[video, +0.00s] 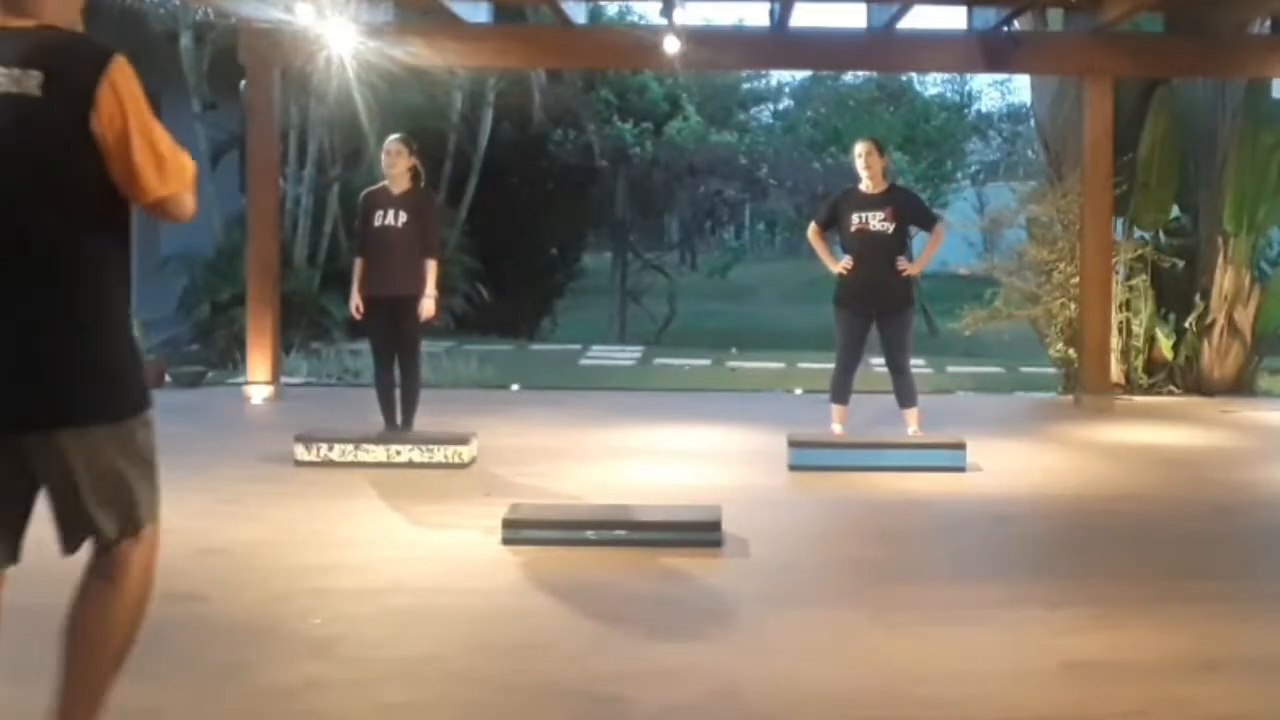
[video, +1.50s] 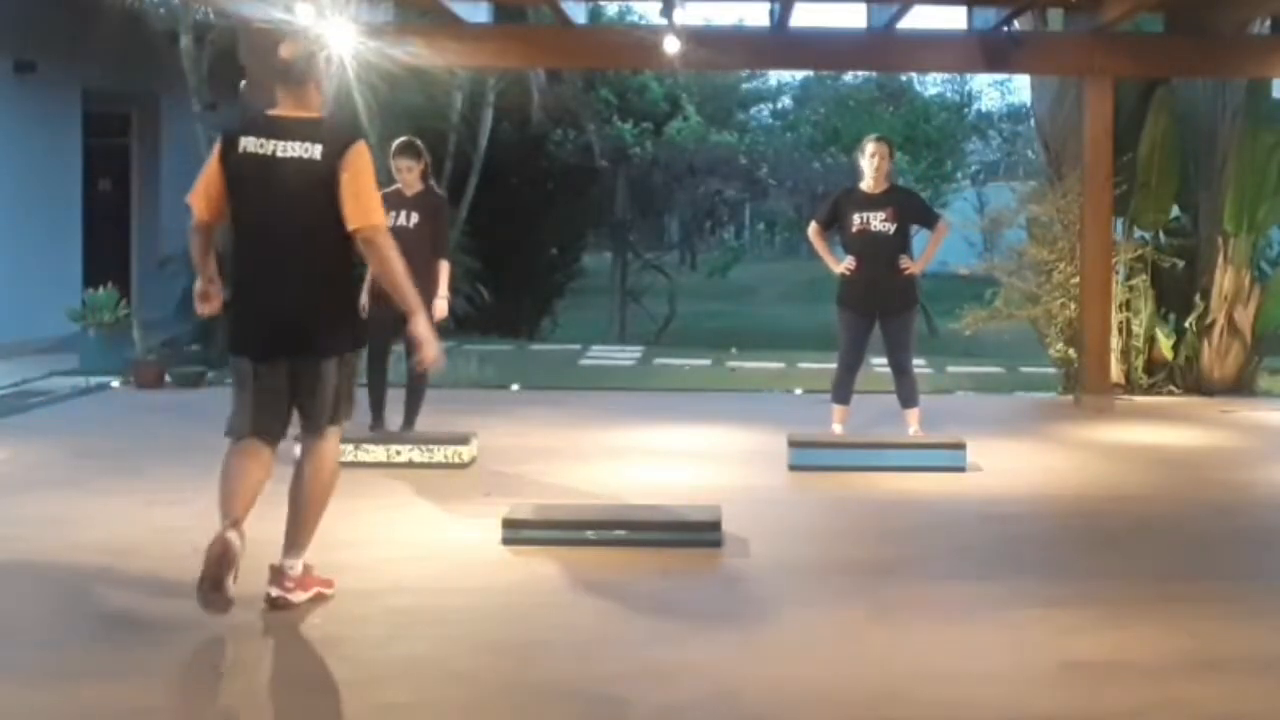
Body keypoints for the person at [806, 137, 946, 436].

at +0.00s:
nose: (864, 161)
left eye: (869, 155)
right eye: (859, 156)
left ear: (883, 160)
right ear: (854, 164)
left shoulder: (903, 198)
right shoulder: (844, 200)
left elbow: (939, 229)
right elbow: (813, 231)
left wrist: (919, 265)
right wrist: (833, 262)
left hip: (894, 289)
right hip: (854, 289)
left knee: (898, 362)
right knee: (846, 359)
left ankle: (913, 429)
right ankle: (837, 429)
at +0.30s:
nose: (868, 161)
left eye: (873, 155)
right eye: (863, 156)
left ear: (887, 160)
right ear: (858, 164)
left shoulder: (906, 199)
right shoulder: (847, 200)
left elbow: (942, 229)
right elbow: (817, 230)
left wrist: (921, 264)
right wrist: (835, 262)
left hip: (896, 288)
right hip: (856, 288)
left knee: (900, 361)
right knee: (848, 359)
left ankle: (914, 429)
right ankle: (838, 428)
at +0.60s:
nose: (872, 159)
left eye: (877, 154)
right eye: (868, 154)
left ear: (889, 161)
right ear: (861, 161)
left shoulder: (906, 199)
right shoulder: (848, 199)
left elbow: (943, 230)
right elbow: (818, 230)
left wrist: (922, 265)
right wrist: (836, 263)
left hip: (897, 288)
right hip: (857, 288)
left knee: (900, 362)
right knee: (849, 359)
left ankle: (914, 429)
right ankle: (838, 428)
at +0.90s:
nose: (873, 159)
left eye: (879, 154)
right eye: (868, 154)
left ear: (888, 161)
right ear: (859, 160)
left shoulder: (903, 199)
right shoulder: (844, 199)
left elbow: (941, 229)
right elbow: (814, 229)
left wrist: (920, 265)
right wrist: (832, 263)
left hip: (893, 289)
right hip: (854, 288)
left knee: (899, 362)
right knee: (846, 359)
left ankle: (913, 429)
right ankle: (837, 429)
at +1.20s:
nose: (873, 160)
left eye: (877, 155)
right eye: (867, 156)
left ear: (888, 160)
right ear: (860, 163)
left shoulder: (905, 199)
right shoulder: (846, 198)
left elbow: (941, 229)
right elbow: (814, 227)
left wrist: (921, 265)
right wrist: (832, 262)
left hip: (894, 289)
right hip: (854, 288)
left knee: (898, 361)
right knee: (846, 359)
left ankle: (913, 429)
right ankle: (837, 429)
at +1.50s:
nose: (876, 162)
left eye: (882, 157)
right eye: (871, 156)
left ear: (890, 162)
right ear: (861, 160)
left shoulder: (905, 198)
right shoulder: (844, 199)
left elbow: (941, 226)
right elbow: (814, 230)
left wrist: (922, 264)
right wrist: (834, 263)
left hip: (897, 287)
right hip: (856, 287)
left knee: (901, 361)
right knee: (848, 359)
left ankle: (914, 429)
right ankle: (837, 429)